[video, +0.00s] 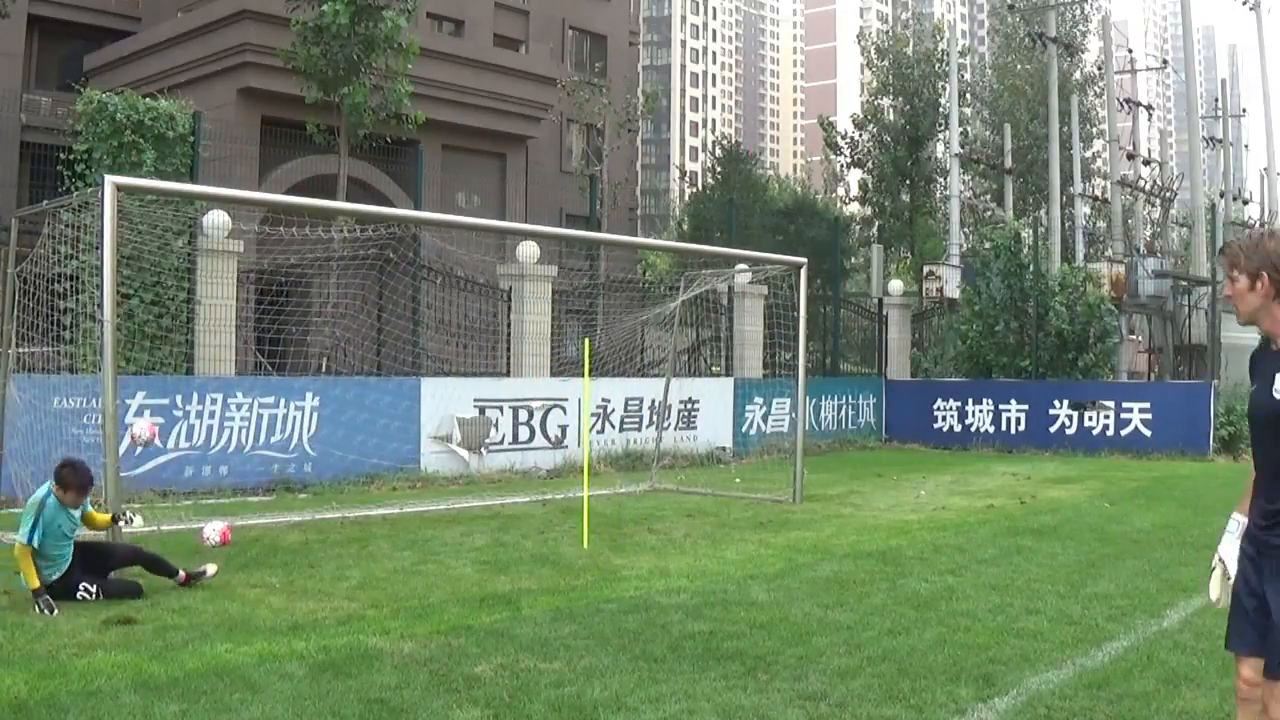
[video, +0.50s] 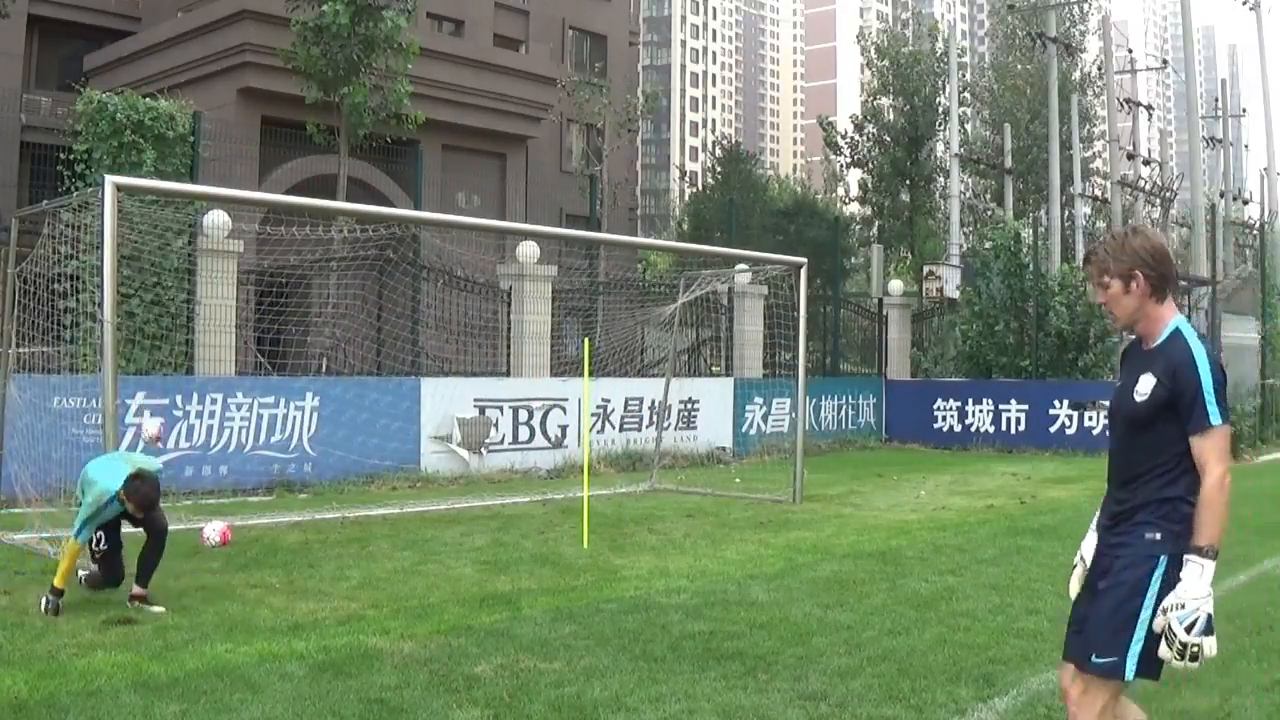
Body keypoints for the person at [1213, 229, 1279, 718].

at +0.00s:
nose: (1225, 291)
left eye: (1234, 280)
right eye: (1226, 280)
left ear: (1265, 285)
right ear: (1259, 286)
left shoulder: (1275, 359)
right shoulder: (1261, 358)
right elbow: (1265, 457)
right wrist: (1238, 526)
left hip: (1277, 545)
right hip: (1259, 541)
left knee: (1272, 692)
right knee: (1249, 684)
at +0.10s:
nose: (1202, 285)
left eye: (1209, 274)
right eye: (1203, 274)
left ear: (1240, 279)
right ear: (1236, 280)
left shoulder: (1277, 346)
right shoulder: (1239, 352)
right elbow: (1243, 450)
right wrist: (1203, 519)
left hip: (1270, 542)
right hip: (1240, 538)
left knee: (1230, 695)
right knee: (1240, 693)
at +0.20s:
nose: (1170, 282)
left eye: (1177, 270)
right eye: (1171, 270)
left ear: (1208, 275)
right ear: (1205, 276)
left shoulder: (1263, 343)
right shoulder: (1205, 344)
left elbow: (1277, 447)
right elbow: (1206, 443)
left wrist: (1271, 536)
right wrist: (1159, 510)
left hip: (1247, 535)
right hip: (1209, 532)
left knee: (1170, 682)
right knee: (1226, 687)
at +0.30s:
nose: (1148, 287)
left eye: (1154, 274)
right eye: (1147, 275)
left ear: (1187, 275)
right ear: (1185, 276)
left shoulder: (1241, 341)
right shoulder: (1184, 347)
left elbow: (1276, 449)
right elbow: (1182, 444)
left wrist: (1249, 543)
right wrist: (1134, 512)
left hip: (1222, 534)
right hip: (1185, 530)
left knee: (1144, 685)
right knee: (1211, 688)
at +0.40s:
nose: (1114, 296)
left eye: (1122, 284)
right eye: (1114, 284)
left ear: (1158, 281)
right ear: (1152, 283)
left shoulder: (1211, 351)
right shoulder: (1151, 349)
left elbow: (1242, 463)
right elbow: (1151, 456)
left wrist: (1219, 562)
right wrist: (1109, 523)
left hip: (1182, 540)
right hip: (1145, 535)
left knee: (1109, 695)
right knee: (1162, 697)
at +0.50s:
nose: (1098, 299)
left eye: (1104, 287)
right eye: (1096, 287)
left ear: (1139, 283)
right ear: (1133, 286)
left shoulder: (1190, 356)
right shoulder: (1136, 351)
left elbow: (1217, 473)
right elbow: (1131, 462)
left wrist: (1198, 575)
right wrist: (1098, 531)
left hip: (1155, 543)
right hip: (1118, 537)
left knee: (1090, 695)